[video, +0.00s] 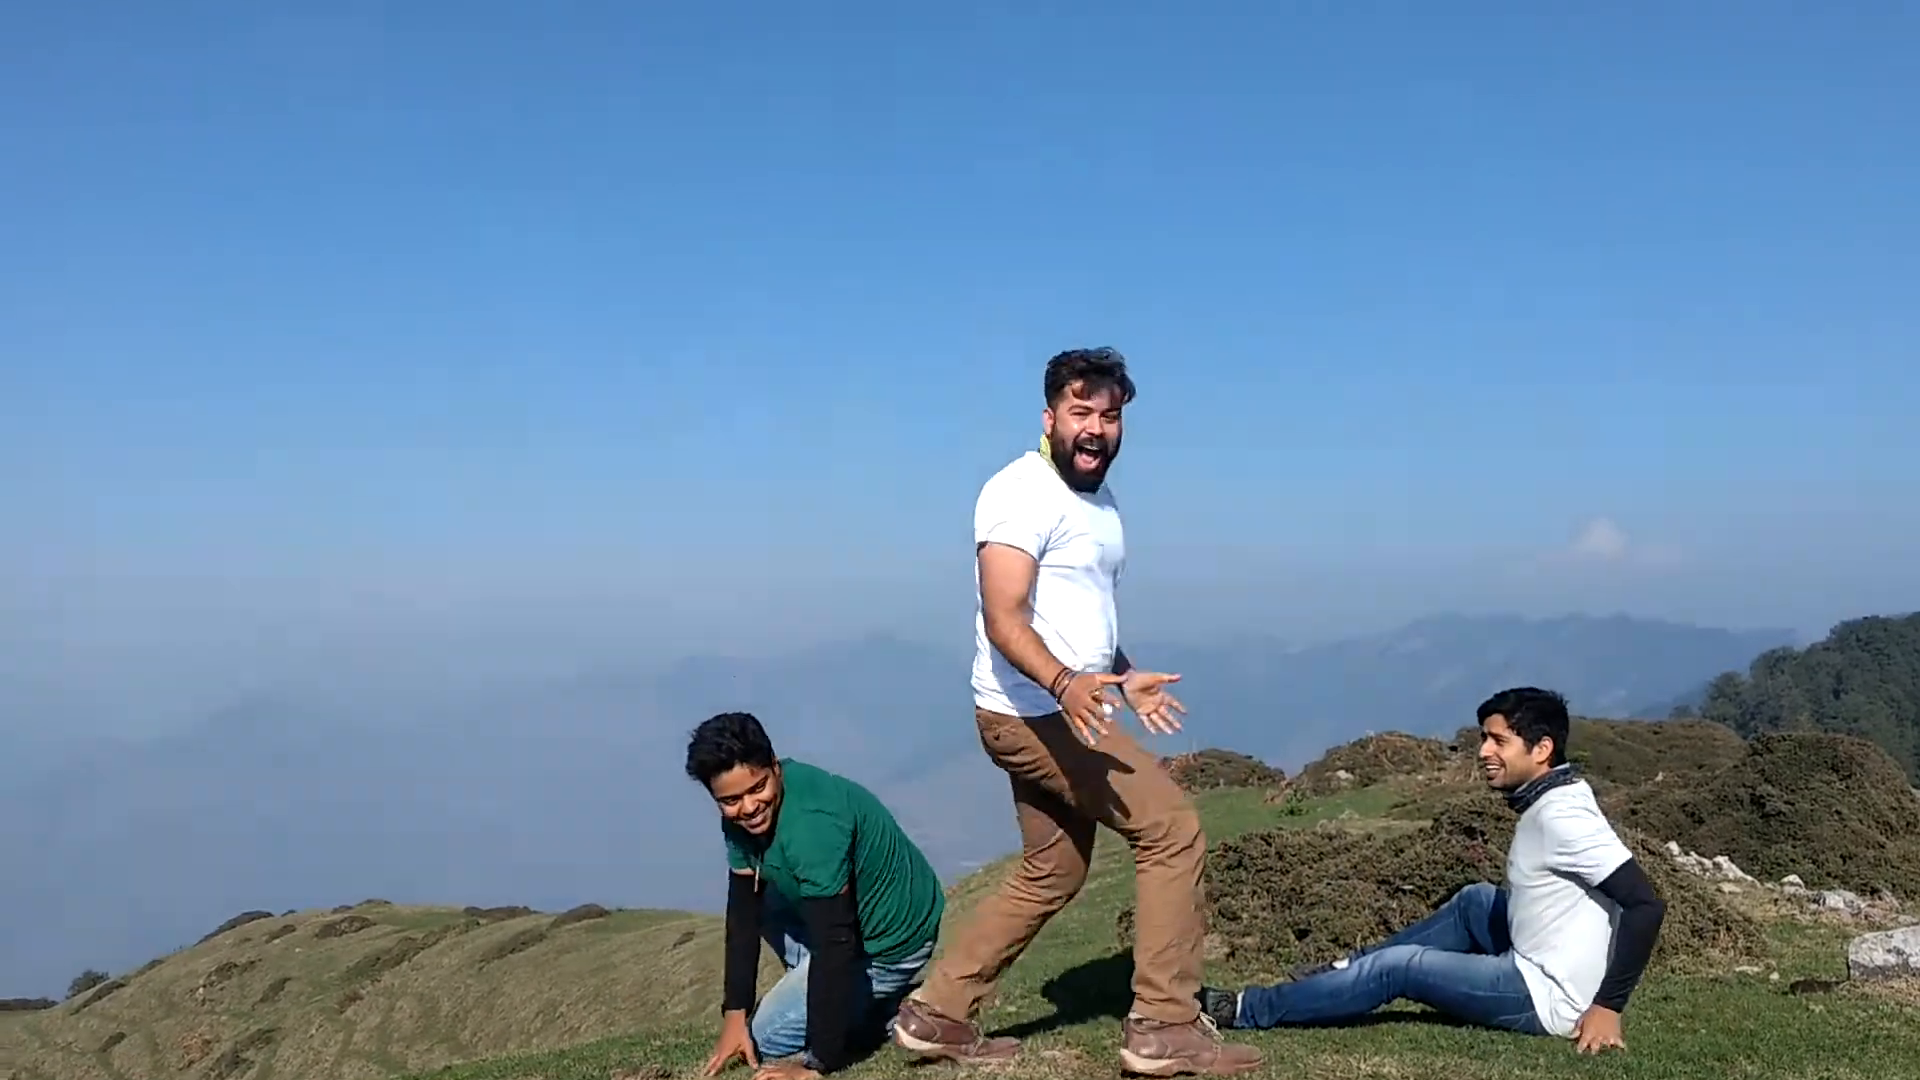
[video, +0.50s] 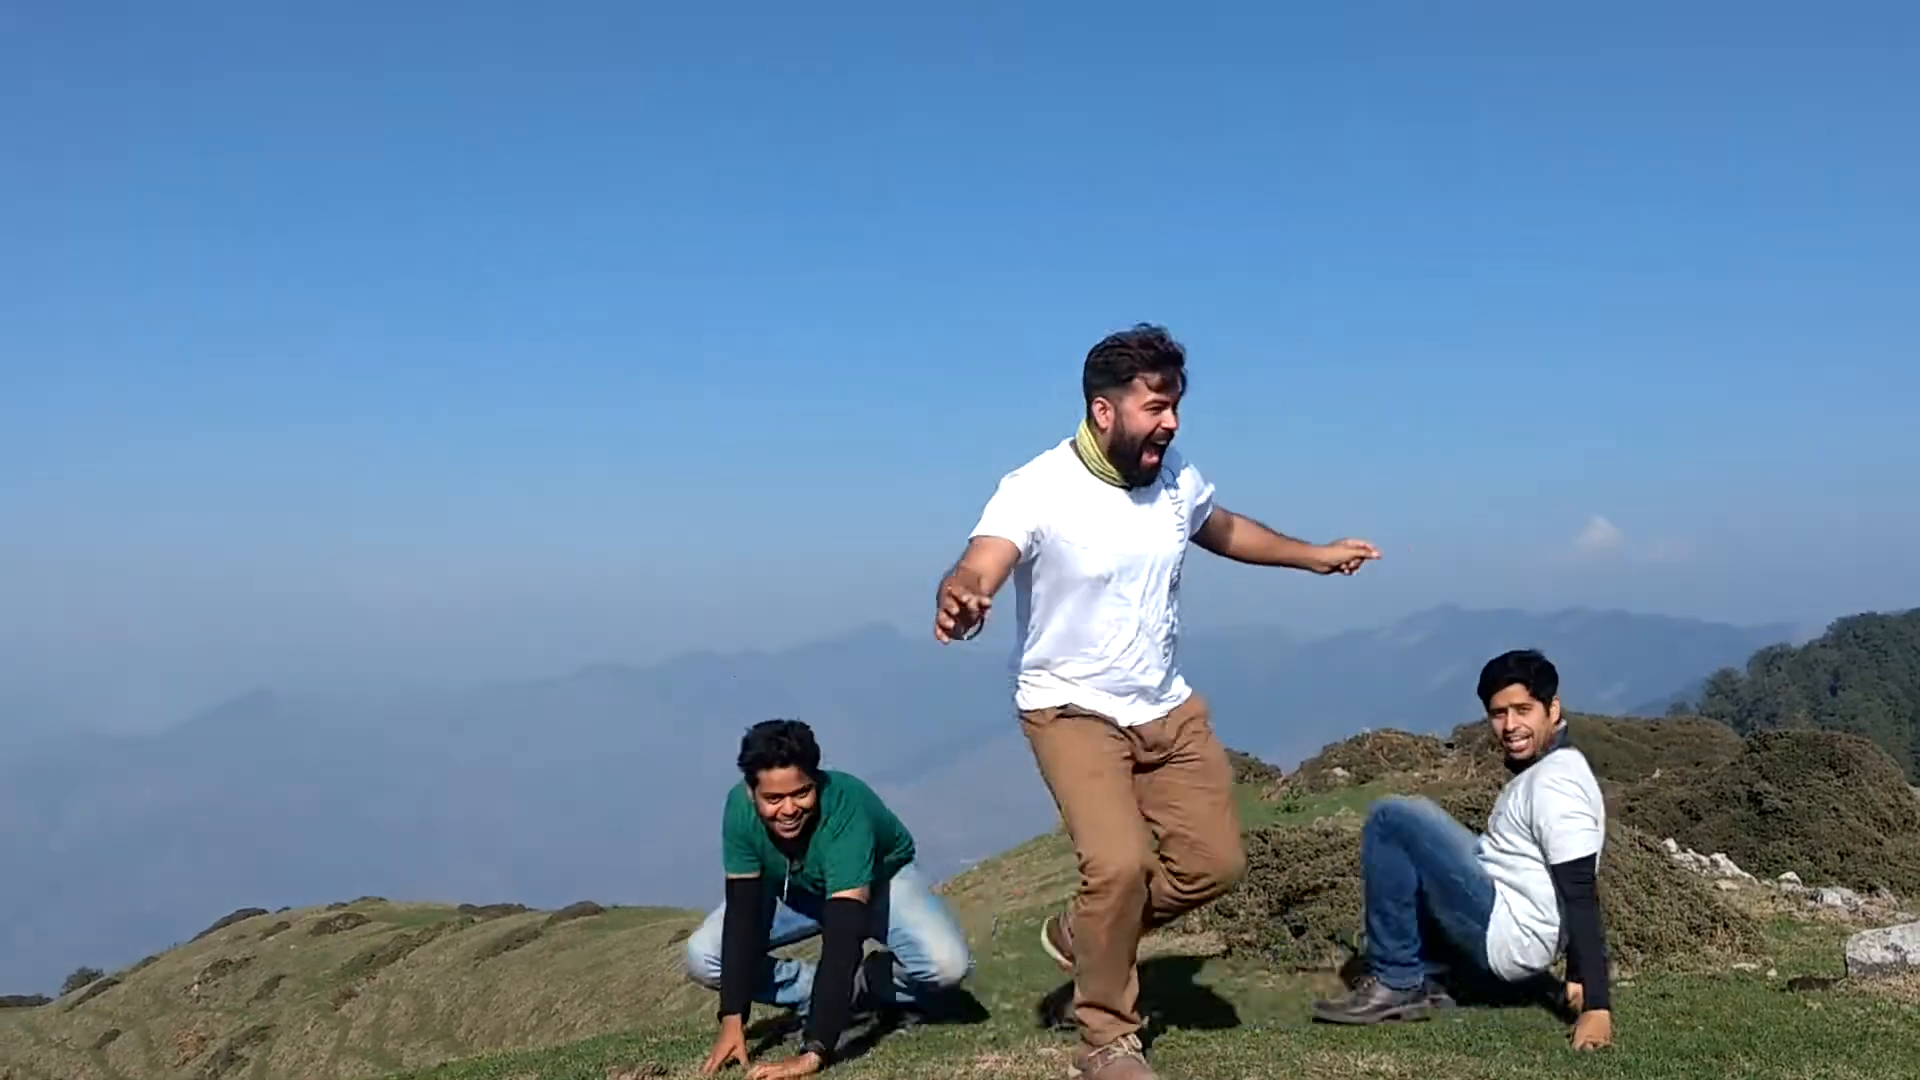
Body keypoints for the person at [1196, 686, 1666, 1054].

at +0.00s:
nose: (1484, 753)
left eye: (1497, 741)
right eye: (1484, 740)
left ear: (1542, 749)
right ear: (1535, 749)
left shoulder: (1564, 814)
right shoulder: (1546, 801)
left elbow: (1645, 908)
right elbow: (1614, 896)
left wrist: (1607, 1006)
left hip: (1549, 995)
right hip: (1544, 958)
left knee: (1395, 965)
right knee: (1478, 900)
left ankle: (1242, 1009)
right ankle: (1356, 977)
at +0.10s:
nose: (1490, 751)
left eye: (1504, 740)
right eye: (1489, 738)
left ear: (1547, 746)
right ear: (1491, 740)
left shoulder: (1567, 804)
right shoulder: (1546, 795)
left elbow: (1630, 906)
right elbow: (1594, 893)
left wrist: (1602, 1006)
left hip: (1551, 990)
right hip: (1543, 954)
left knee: (1397, 959)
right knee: (1478, 895)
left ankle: (1242, 1001)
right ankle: (1358, 969)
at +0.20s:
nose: (1506, 747)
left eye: (1521, 734)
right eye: (1498, 735)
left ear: (1559, 737)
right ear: (1493, 739)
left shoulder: (1566, 795)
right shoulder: (1546, 787)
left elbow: (1609, 899)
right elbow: (1576, 890)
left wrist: (1600, 1005)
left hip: (1548, 985)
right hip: (1539, 950)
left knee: (1393, 946)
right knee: (1475, 888)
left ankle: (1243, 1000)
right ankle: (1380, 965)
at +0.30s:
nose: (1514, 740)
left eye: (1527, 725)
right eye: (1504, 728)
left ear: (1563, 727)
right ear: (1496, 731)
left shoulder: (1572, 791)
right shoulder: (1554, 776)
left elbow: (1602, 901)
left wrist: (1596, 1006)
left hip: (1543, 969)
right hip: (1536, 931)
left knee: (1385, 918)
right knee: (1465, 871)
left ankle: (1244, 992)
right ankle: (1382, 970)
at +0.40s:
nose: (1514, 732)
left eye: (1527, 717)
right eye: (1504, 721)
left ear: (1561, 718)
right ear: (1496, 725)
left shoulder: (1568, 786)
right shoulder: (1556, 773)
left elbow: (1594, 899)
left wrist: (1598, 1007)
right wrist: (1582, 974)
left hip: (1530, 952)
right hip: (1532, 924)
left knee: (1394, 852)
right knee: (1452, 829)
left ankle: (1299, 983)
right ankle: (1378, 966)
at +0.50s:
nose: (1510, 725)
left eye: (1523, 710)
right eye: (1499, 713)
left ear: (1554, 711)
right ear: (1490, 719)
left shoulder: (1555, 783)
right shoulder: (1546, 770)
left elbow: (1581, 899)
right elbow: (1572, 886)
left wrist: (1596, 1007)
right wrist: (1579, 974)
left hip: (1508, 942)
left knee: (1390, 819)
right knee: (1412, 813)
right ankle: (1425, 977)